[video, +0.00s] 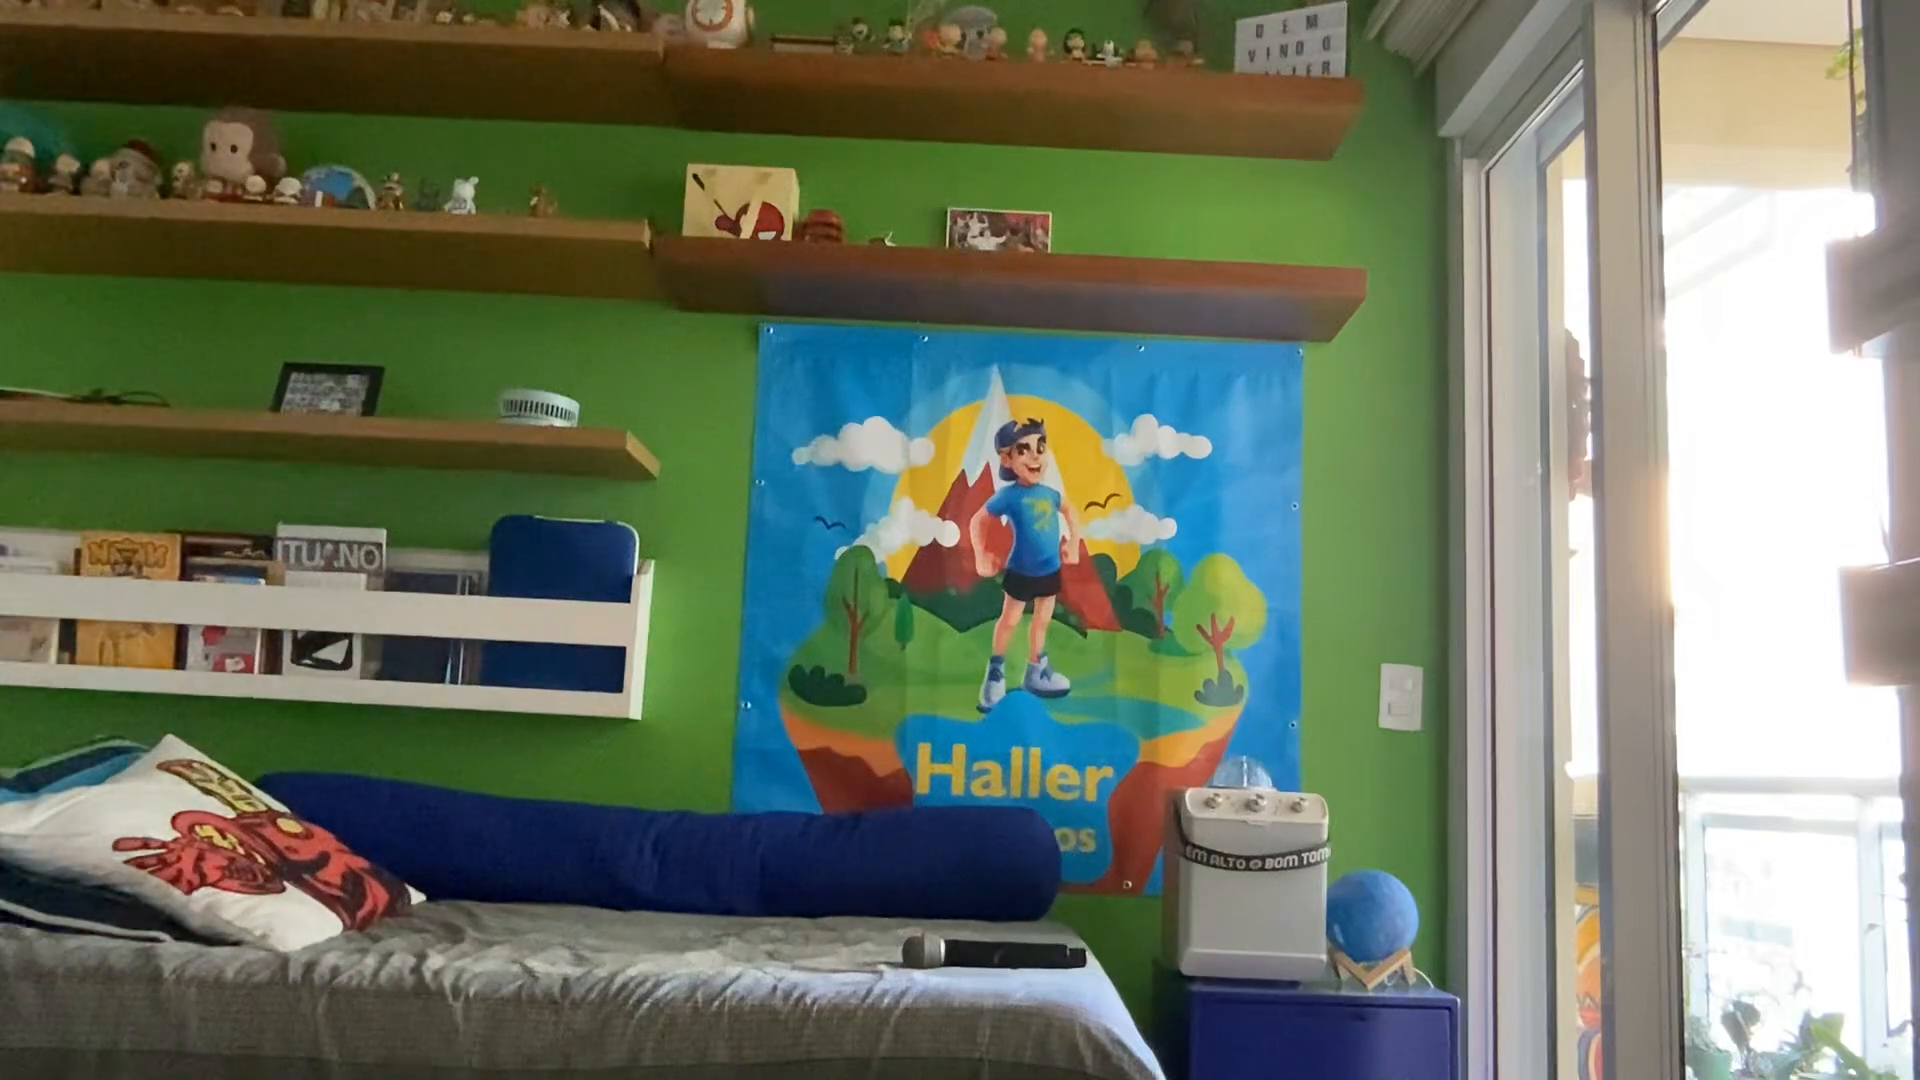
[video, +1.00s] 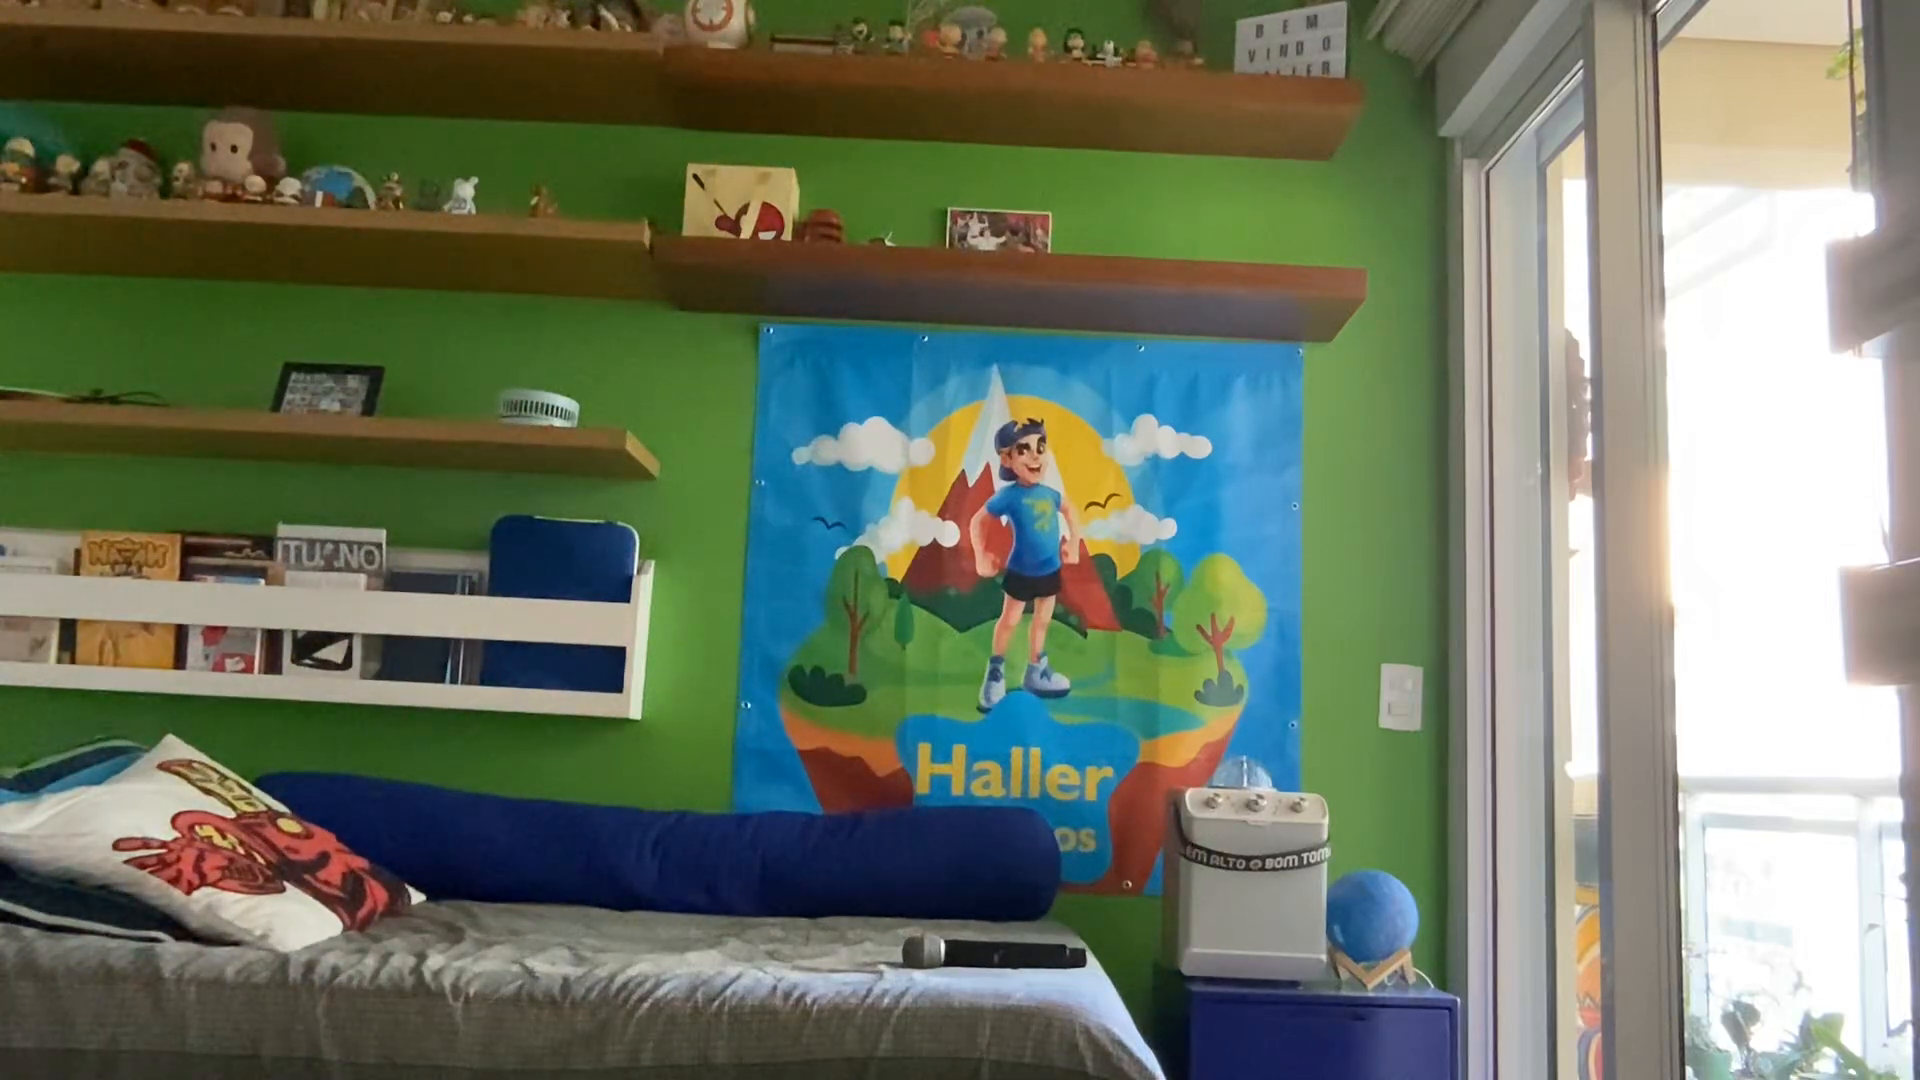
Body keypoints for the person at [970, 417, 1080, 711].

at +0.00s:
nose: (1034, 458)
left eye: (1040, 450)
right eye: (1024, 450)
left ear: (1046, 455)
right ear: (1008, 459)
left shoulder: (1050, 494)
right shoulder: (1007, 496)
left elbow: (1071, 514)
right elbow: (977, 521)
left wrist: (1074, 542)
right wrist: (980, 555)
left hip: (1049, 570)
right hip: (1020, 571)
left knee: (1043, 618)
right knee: (1010, 619)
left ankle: (1036, 670)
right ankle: (996, 671)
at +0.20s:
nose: (1034, 458)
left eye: (1040, 449)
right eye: (1024, 451)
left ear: (1047, 455)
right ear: (1008, 459)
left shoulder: (1050, 494)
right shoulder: (1008, 495)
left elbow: (1070, 513)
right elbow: (977, 521)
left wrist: (1074, 542)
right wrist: (980, 555)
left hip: (1049, 570)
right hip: (1020, 571)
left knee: (1043, 618)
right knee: (1010, 620)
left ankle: (1036, 670)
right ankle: (995, 671)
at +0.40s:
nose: (1034, 458)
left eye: (1040, 450)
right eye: (1024, 450)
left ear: (1047, 455)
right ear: (1008, 459)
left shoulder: (1050, 494)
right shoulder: (1008, 496)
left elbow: (1070, 513)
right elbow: (977, 521)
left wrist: (1074, 542)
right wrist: (980, 555)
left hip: (1049, 570)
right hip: (1020, 571)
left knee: (1043, 618)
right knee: (1010, 619)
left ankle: (1036, 670)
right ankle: (996, 671)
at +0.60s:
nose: (1034, 458)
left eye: (1040, 450)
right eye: (1024, 450)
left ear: (1046, 455)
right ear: (1008, 459)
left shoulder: (1050, 494)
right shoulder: (1008, 496)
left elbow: (1070, 513)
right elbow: (977, 521)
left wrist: (1074, 542)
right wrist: (980, 555)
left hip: (1049, 570)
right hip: (1020, 571)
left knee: (1043, 618)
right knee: (1010, 619)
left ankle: (1036, 670)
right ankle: (995, 672)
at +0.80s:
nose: (1034, 458)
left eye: (1040, 450)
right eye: (1024, 451)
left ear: (1047, 455)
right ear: (1008, 459)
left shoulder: (1050, 494)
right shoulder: (1008, 496)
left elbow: (1070, 512)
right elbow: (977, 521)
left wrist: (1074, 541)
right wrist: (980, 555)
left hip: (1049, 570)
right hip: (1020, 571)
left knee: (1043, 618)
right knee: (1010, 619)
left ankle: (1036, 670)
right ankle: (995, 672)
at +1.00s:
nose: (1034, 458)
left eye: (1040, 450)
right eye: (1024, 450)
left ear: (1046, 455)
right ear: (1008, 459)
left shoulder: (1050, 494)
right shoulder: (1007, 496)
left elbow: (1070, 513)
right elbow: (977, 521)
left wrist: (1074, 542)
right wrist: (980, 555)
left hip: (1049, 570)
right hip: (1020, 571)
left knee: (1043, 618)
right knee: (1010, 619)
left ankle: (1036, 670)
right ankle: (995, 671)